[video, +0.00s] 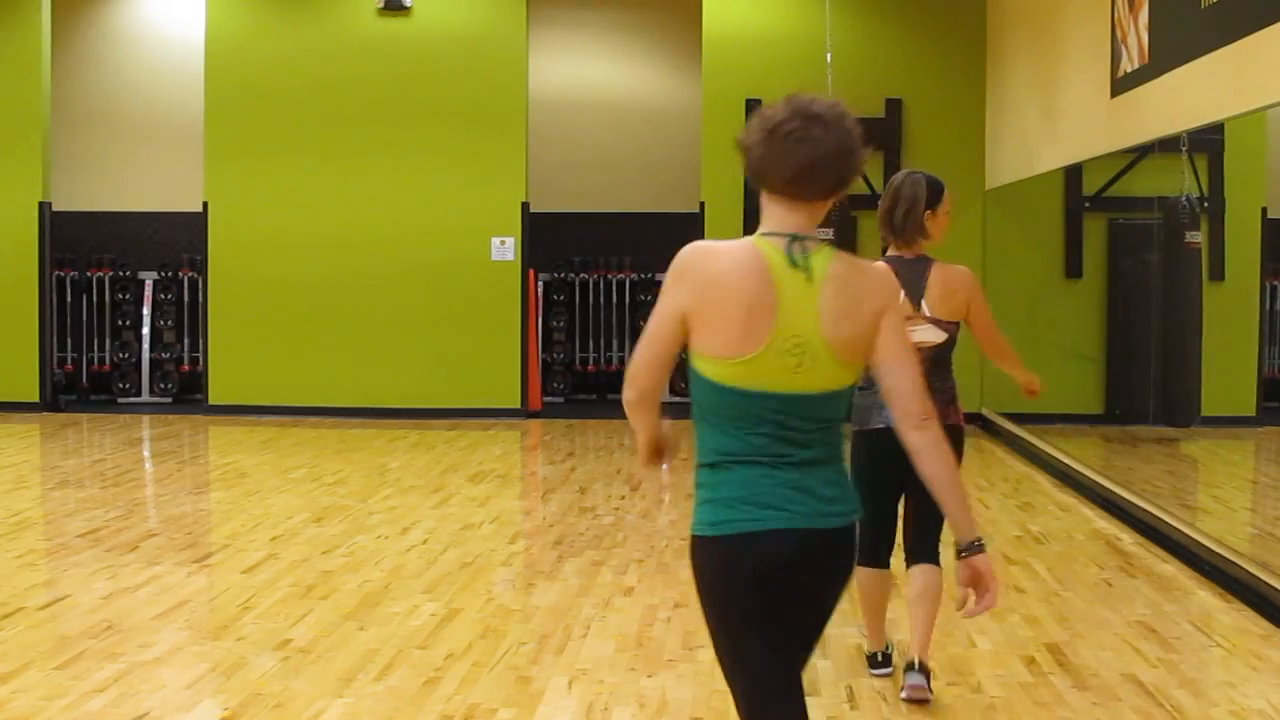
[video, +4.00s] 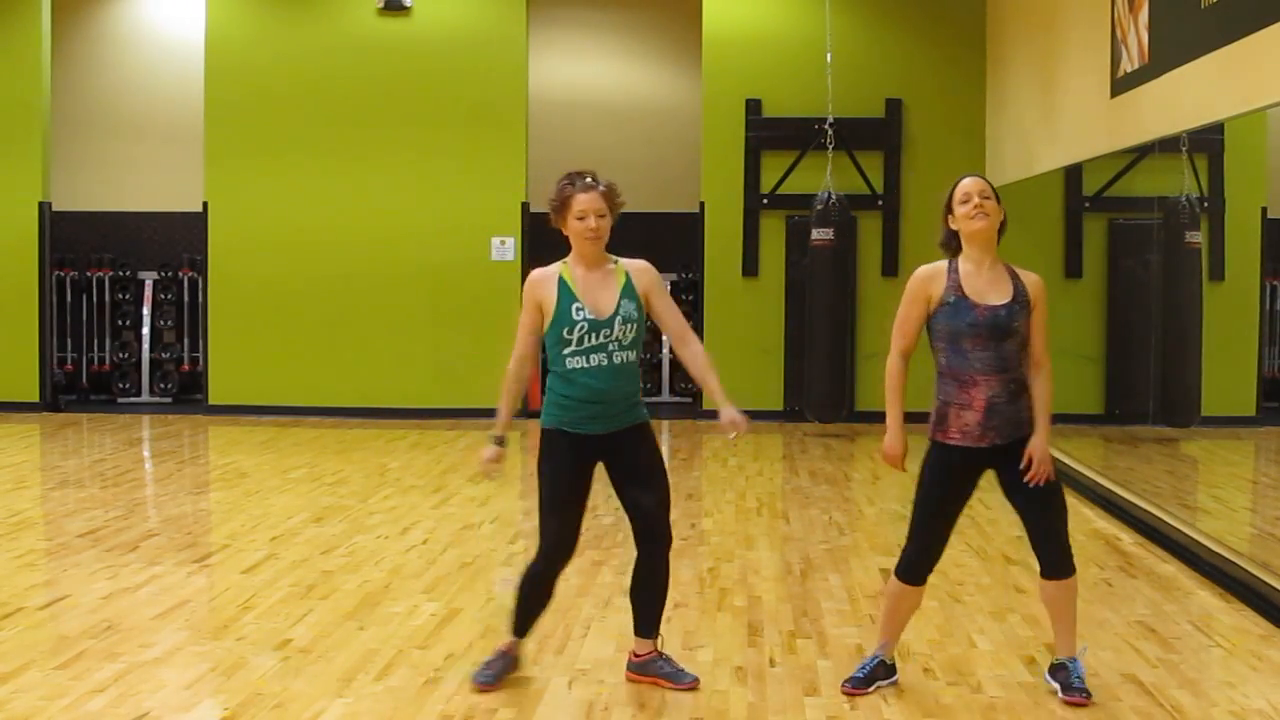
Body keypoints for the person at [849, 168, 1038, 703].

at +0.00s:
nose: (949, 220)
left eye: (948, 211)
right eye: (946, 212)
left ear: (890, 215)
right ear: (929, 217)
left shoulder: (866, 278)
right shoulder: (957, 281)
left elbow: (846, 344)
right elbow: (993, 344)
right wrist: (1023, 375)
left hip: (874, 428)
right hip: (935, 427)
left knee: (873, 536)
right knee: (924, 542)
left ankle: (877, 648)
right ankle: (918, 663)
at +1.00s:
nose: (889, 223)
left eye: (896, 216)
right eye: (879, 217)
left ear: (909, 223)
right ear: (867, 226)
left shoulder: (927, 288)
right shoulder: (842, 277)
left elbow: (943, 352)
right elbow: (821, 342)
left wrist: (955, 409)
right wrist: (833, 400)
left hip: (903, 414)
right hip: (850, 412)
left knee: (890, 507)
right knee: (853, 504)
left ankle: (876, 591)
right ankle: (879, 589)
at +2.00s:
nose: (881, 219)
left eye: (891, 213)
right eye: (875, 212)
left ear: (908, 223)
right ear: (865, 220)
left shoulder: (925, 281)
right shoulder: (841, 276)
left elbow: (940, 346)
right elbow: (821, 343)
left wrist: (951, 404)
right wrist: (818, 402)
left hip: (915, 406)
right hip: (859, 407)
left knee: (920, 504)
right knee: (852, 502)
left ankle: (921, 602)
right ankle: (837, 585)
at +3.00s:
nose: (928, 214)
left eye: (937, 207)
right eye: (918, 205)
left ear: (949, 215)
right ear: (902, 211)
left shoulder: (967, 277)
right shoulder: (873, 273)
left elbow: (980, 351)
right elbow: (854, 347)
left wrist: (989, 416)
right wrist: (864, 409)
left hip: (951, 422)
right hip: (891, 424)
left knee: (972, 532)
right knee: (903, 534)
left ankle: (979, 639)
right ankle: (916, 636)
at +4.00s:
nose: (977, 203)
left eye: (986, 196)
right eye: (966, 199)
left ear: (1001, 215)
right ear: (951, 220)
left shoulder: (1029, 285)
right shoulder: (929, 280)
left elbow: (1038, 364)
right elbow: (898, 353)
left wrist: (1041, 434)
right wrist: (894, 427)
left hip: (1019, 441)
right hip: (954, 443)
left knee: (1056, 551)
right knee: (918, 555)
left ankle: (1066, 661)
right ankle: (882, 656)